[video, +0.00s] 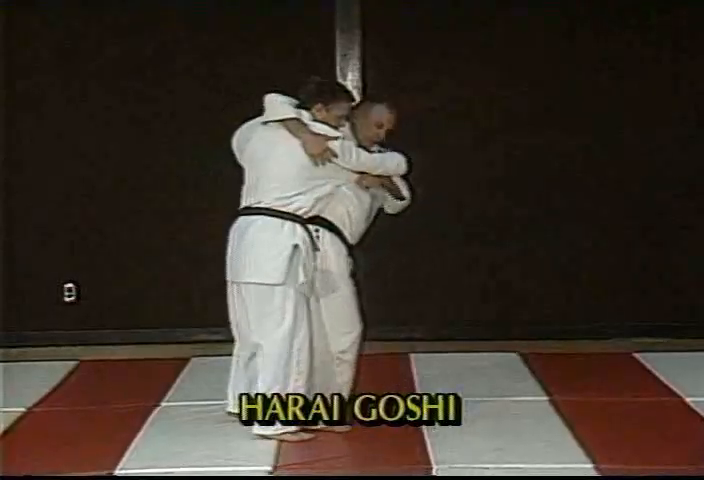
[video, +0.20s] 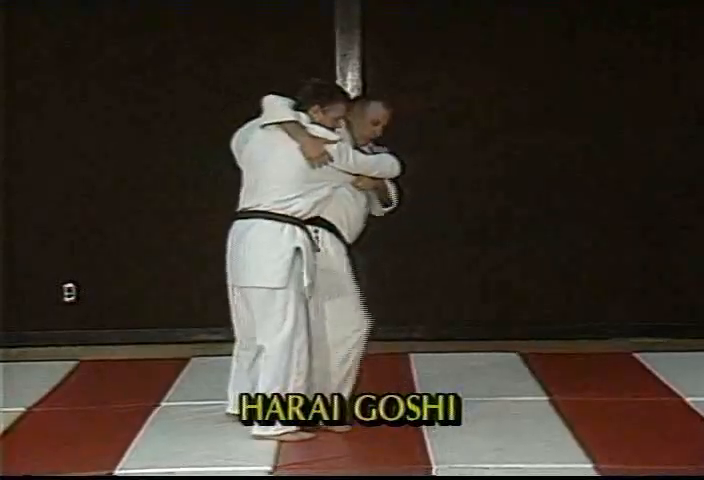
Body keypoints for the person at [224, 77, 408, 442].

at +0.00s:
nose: (343, 123)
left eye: (345, 116)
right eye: (341, 115)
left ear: (306, 109)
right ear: (320, 108)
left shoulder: (254, 132)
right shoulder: (326, 142)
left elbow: (238, 137)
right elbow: (387, 165)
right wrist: (398, 161)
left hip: (241, 236)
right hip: (279, 240)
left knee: (247, 332)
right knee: (281, 330)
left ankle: (244, 408)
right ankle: (272, 419)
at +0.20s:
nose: (340, 124)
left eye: (341, 117)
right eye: (337, 116)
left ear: (301, 110)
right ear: (317, 111)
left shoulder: (252, 134)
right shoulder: (324, 145)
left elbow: (238, 137)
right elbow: (383, 166)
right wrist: (391, 163)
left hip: (240, 234)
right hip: (278, 239)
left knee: (247, 333)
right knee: (281, 332)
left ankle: (242, 408)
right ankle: (272, 420)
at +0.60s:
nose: (346, 129)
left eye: (347, 121)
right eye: (343, 120)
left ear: (308, 114)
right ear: (324, 115)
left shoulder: (259, 137)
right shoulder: (329, 148)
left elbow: (236, 139)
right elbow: (378, 172)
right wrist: (388, 165)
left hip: (244, 243)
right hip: (283, 247)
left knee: (249, 338)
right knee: (286, 337)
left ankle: (242, 412)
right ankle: (270, 421)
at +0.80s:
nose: (379, 136)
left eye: (383, 130)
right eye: (377, 127)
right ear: (358, 118)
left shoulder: (364, 156)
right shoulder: (328, 129)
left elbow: (372, 210)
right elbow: (295, 106)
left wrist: (372, 198)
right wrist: (331, 144)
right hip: (326, 235)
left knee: (327, 322)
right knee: (392, 302)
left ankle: (324, 398)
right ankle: (427, 379)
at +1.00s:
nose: (384, 148)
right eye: (378, 141)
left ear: (328, 118)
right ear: (364, 130)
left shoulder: (297, 134)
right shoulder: (365, 158)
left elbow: (256, 149)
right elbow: (389, 201)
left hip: (254, 235)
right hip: (299, 244)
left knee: (252, 326)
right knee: (298, 336)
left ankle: (236, 390)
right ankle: (278, 417)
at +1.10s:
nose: (399, 166)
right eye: (400, 159)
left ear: (349, 126)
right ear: (377, 143)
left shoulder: (313, 133)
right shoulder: (374, 169)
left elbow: (268, 148)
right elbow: (392, 221)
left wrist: (297, 166)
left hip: (256, 224)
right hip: (296, 241)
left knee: (232, 311)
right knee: (287, 332)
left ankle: (198, 373)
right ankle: (274, 415)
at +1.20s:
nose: (405, 177)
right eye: (405, 169)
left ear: (370, 134)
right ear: (392, 151)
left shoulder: (328, 137)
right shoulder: (384, 182)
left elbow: (281, 148)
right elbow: (393, 231)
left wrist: (302, 175)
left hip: (255, 221)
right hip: (292, 242)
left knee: (211, 299)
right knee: (282, 329)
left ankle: (156, 361)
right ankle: (270, 415)